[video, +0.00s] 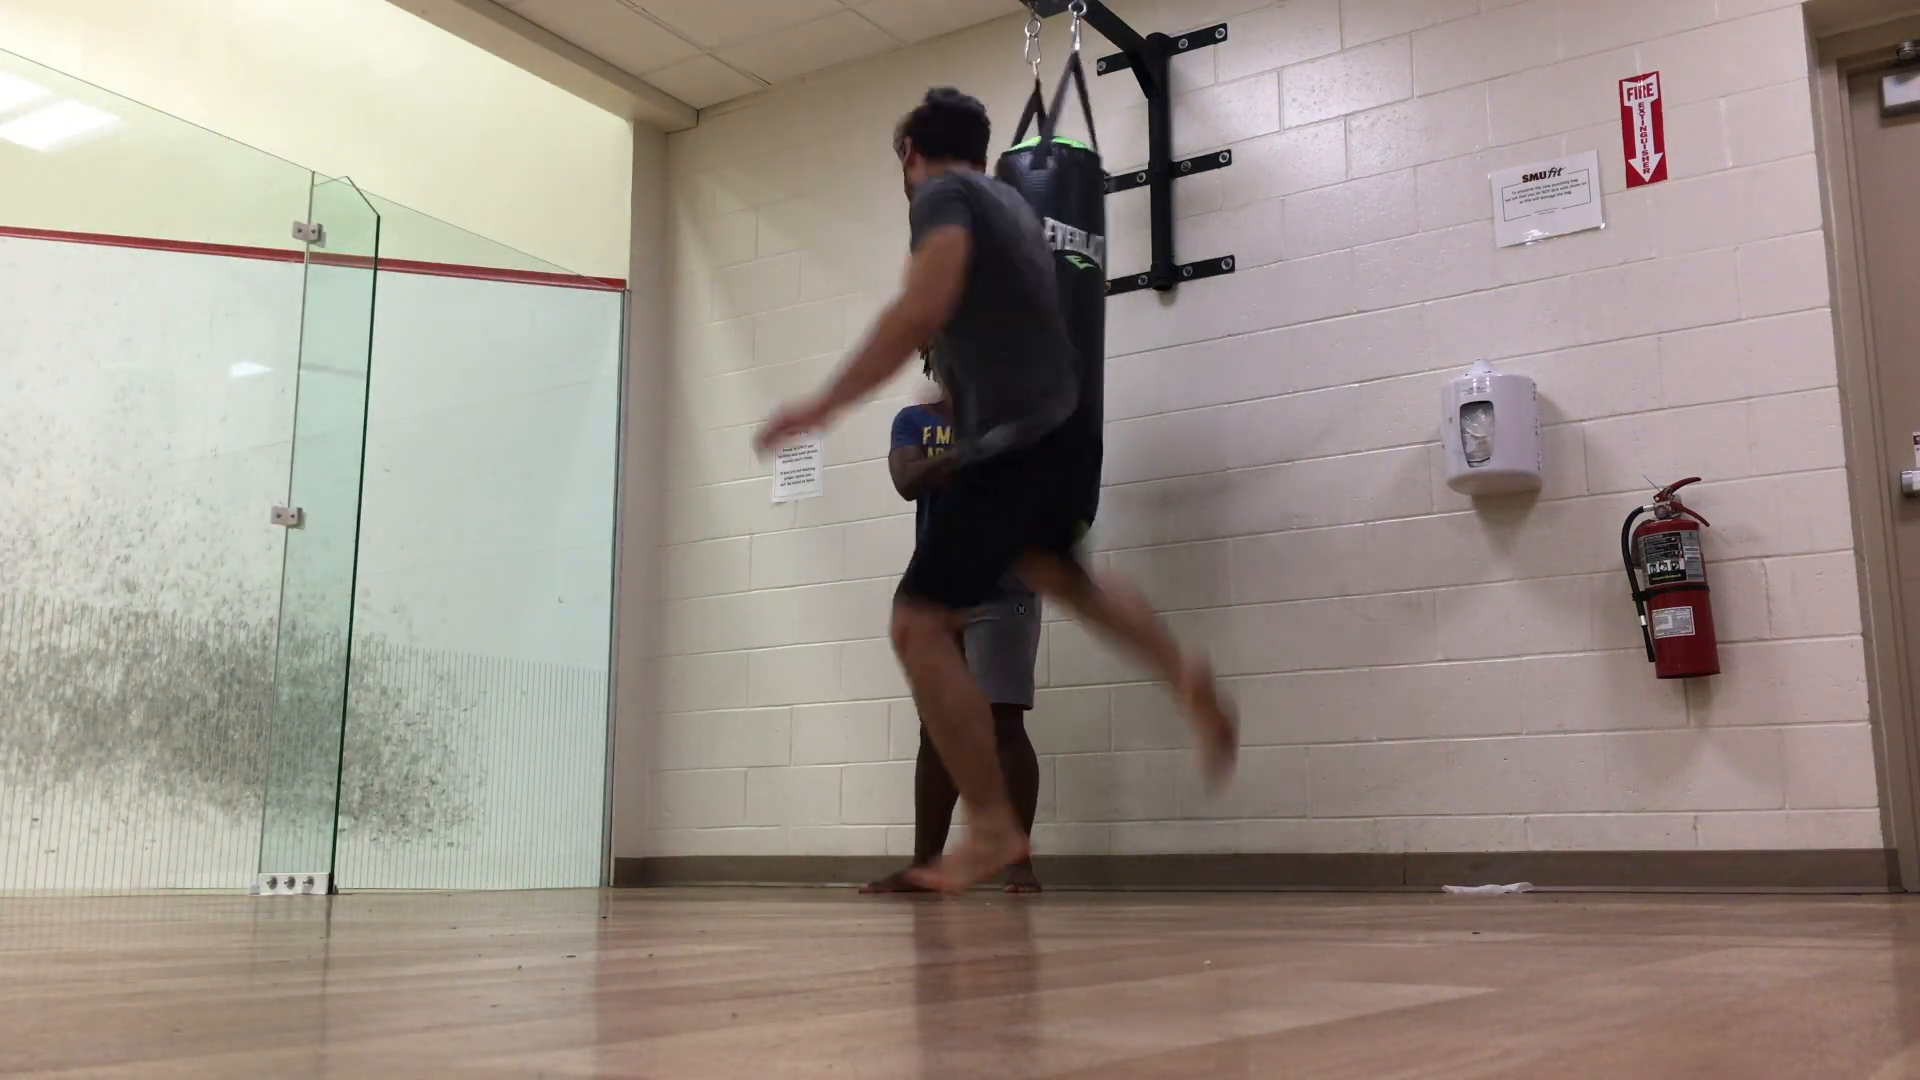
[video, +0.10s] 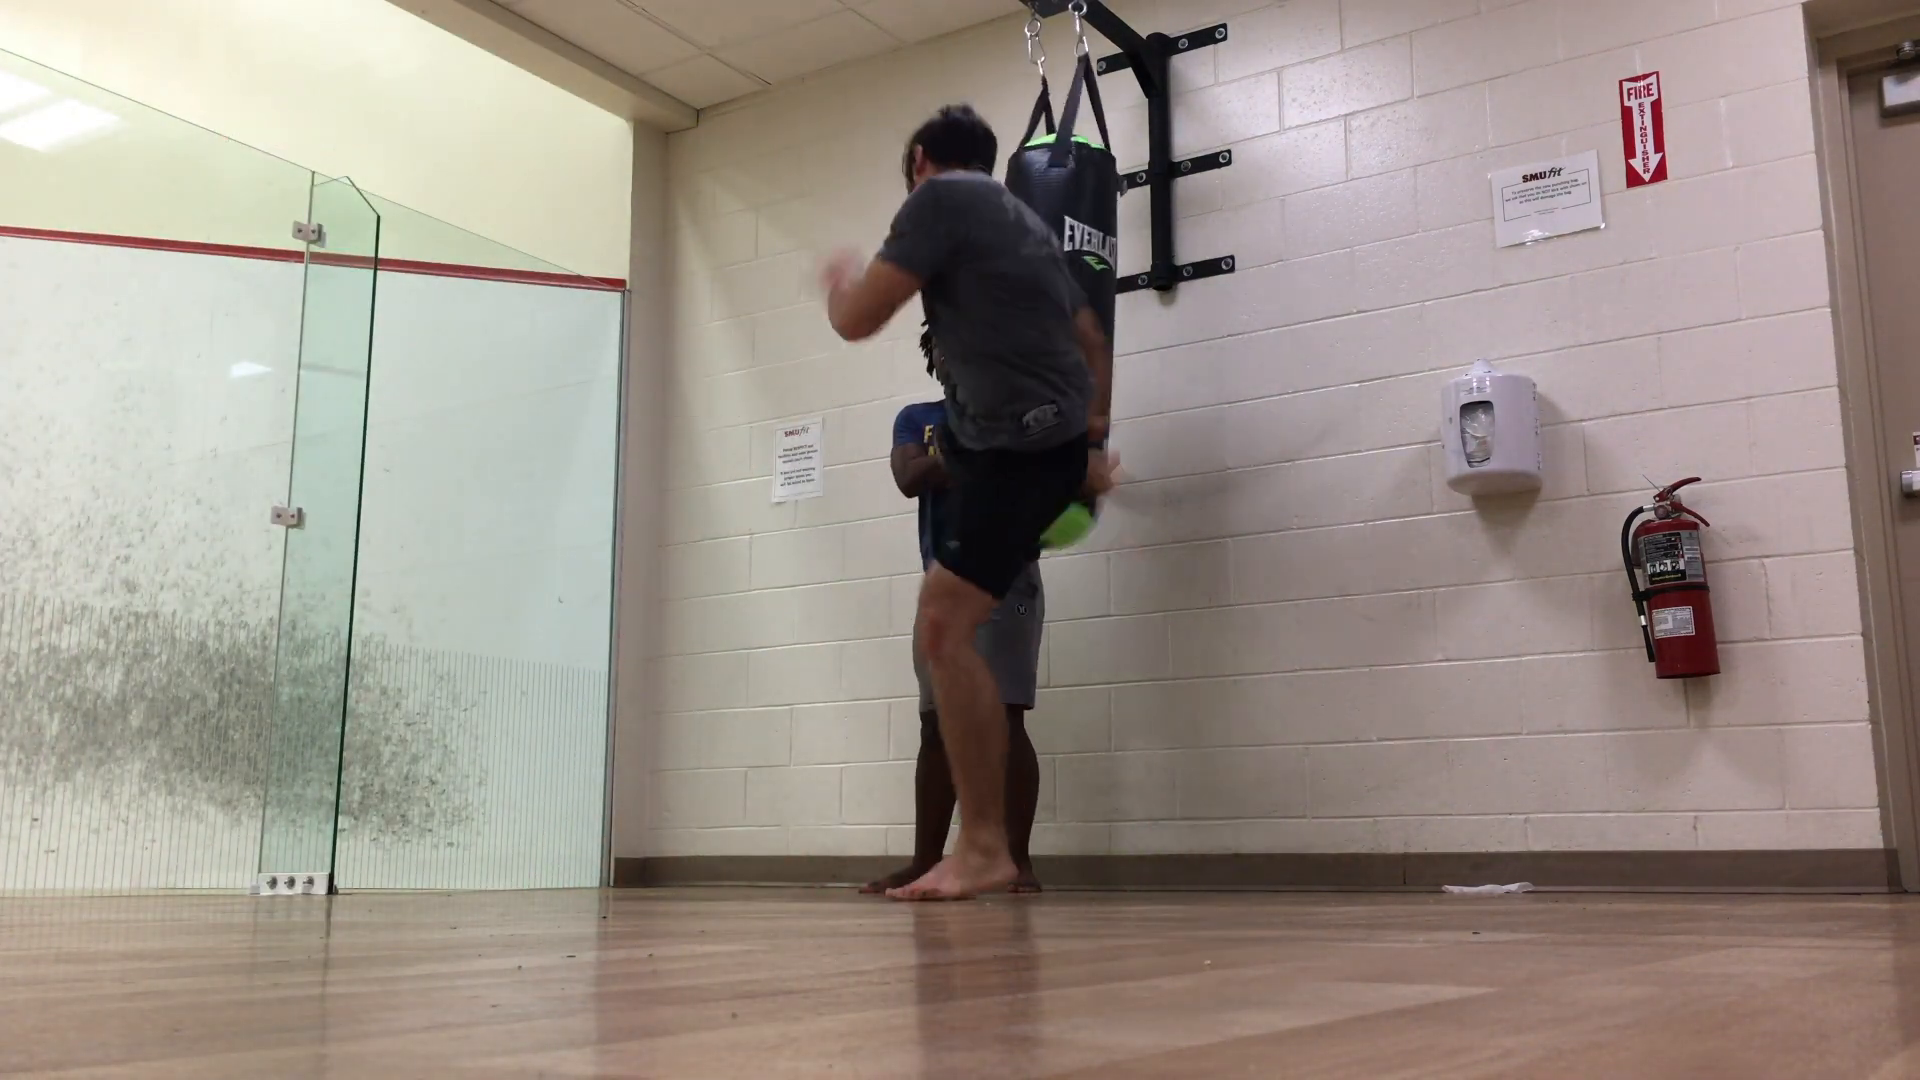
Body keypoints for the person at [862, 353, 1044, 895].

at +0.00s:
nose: (934, 359)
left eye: (943, 348)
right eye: (928, 350)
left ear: (973, 357)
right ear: (925, 359)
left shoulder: (1012, 422)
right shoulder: (915, 419)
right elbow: (906, 481)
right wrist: (973, 452)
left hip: (1007, 589)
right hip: (943, 593)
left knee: (1005, 723)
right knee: (938, 725)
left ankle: (1018, 855)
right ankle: (927, 861)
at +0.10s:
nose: (945, 357)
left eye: (955, 347)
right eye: (936, 348)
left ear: (982, 355)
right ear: (930, 359)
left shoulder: (1016, 428)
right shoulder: (919, 419)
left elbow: (1073, 487)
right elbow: (907, 478)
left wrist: (939, 458)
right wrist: (988, 461)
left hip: (1011, 586)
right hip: (946, 586)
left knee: (1006, 723)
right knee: (938, 728)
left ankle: (1015, 859)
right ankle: (927, 859)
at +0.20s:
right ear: (935, 359)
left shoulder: (1024, 418)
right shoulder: (920, 418)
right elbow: (903, 476)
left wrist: (943, 461)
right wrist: (972, 446)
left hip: (1012, 585)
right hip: (946, 591)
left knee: (1006, 722)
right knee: (937, 728)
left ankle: (1015, 859)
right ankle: (927, 859)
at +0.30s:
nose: (941, 357)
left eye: (948, 346)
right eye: (933, 348)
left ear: (978, 355)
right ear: (924, 359)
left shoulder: (1011, 422)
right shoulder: (912, 421)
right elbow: (894, 483)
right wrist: (945, 449)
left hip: (1007, 590)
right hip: (944, 593)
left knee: (1003, 722)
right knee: (940, 726)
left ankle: (1023, 854)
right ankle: (927, 862)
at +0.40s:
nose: (938, 355)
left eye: (948, 346)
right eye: (931, 349)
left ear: (973, 355)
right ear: (925, 362)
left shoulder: (1006, 419)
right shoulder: (912, 423)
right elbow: (895, 485)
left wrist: (925, 457)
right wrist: (955, 443)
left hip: (1011, 589)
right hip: (948, 593)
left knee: (1003, 720)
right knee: (939, 727)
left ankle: (1019, 854)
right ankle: (927, 864)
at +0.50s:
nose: (937, 362)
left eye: (945, 352)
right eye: (929, 356)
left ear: (970, 358)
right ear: (922, 367)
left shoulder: (1003, 420)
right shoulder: (912, 423)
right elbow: (898, 481)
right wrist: (957, 435)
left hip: (1009, 596)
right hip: (942, 600)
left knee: (1006, 722)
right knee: (938, 727)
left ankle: (1022, 855)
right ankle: (926, 862)